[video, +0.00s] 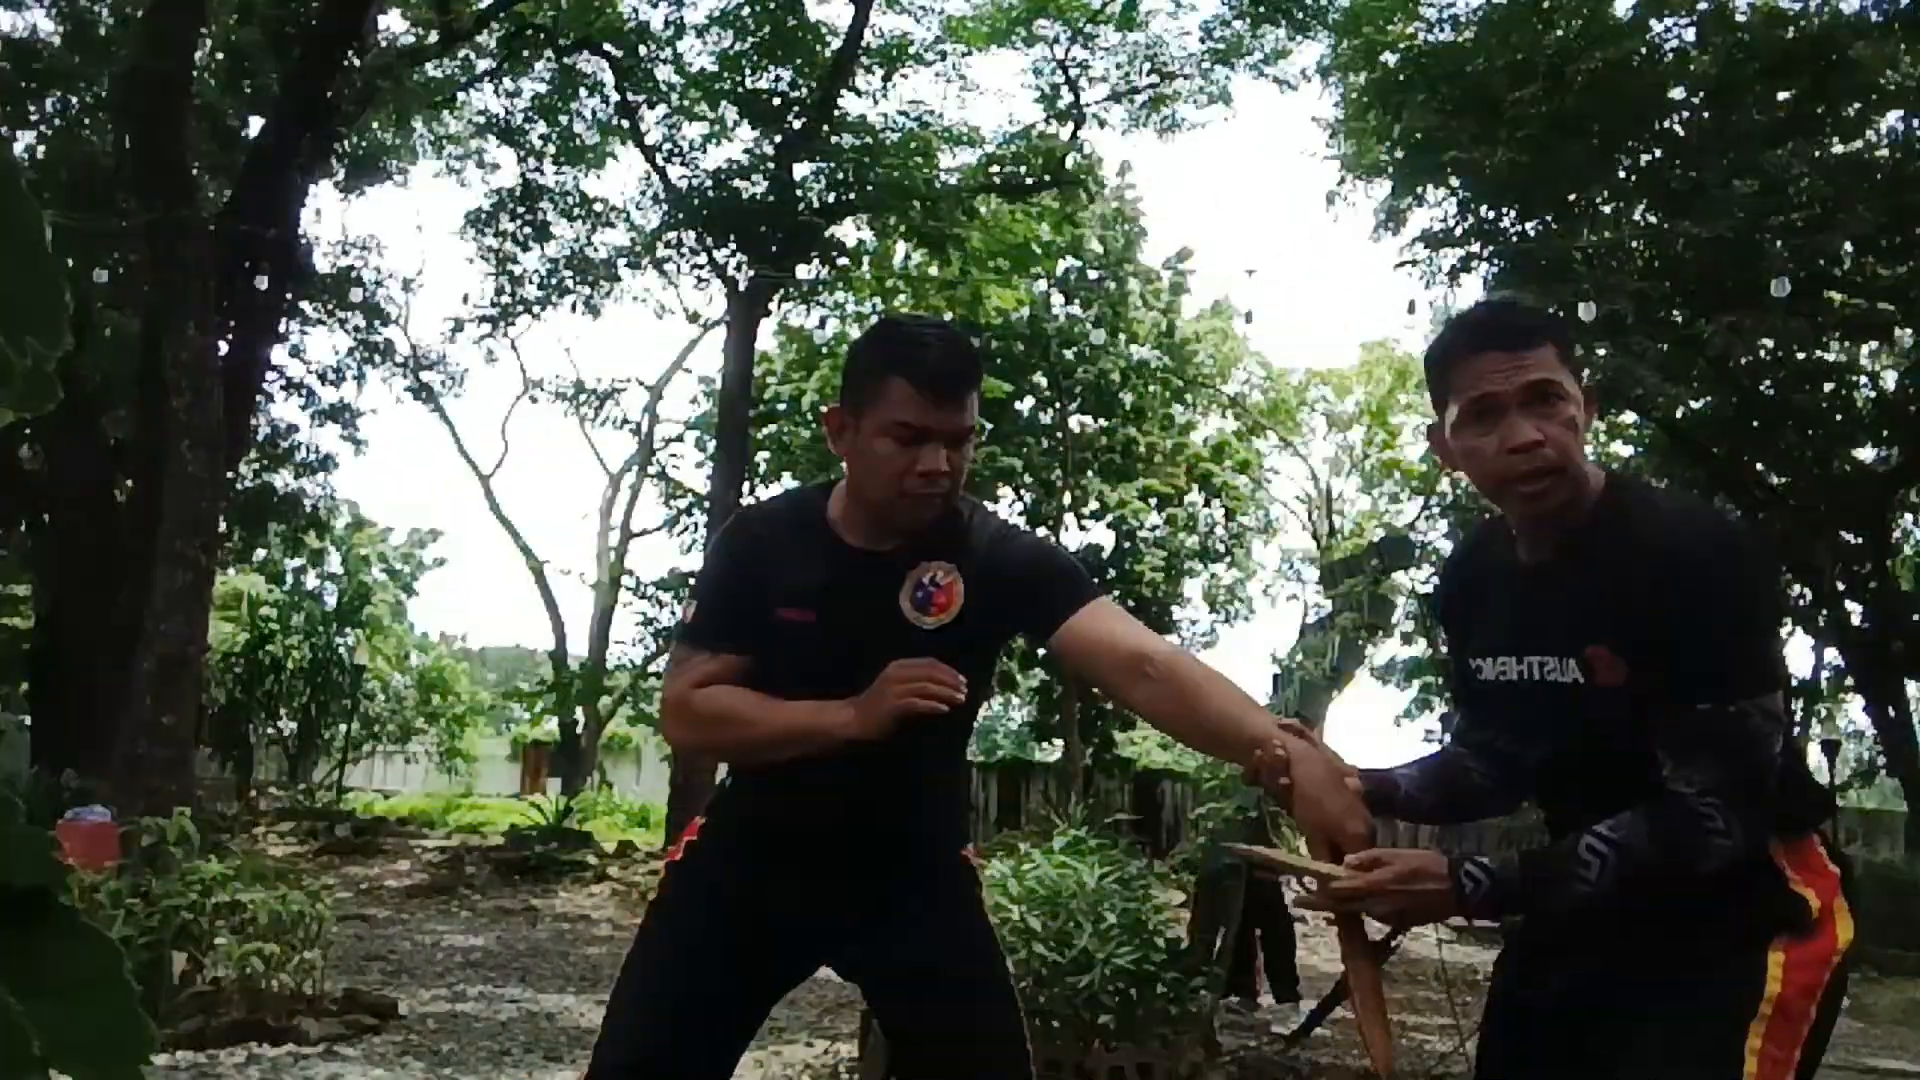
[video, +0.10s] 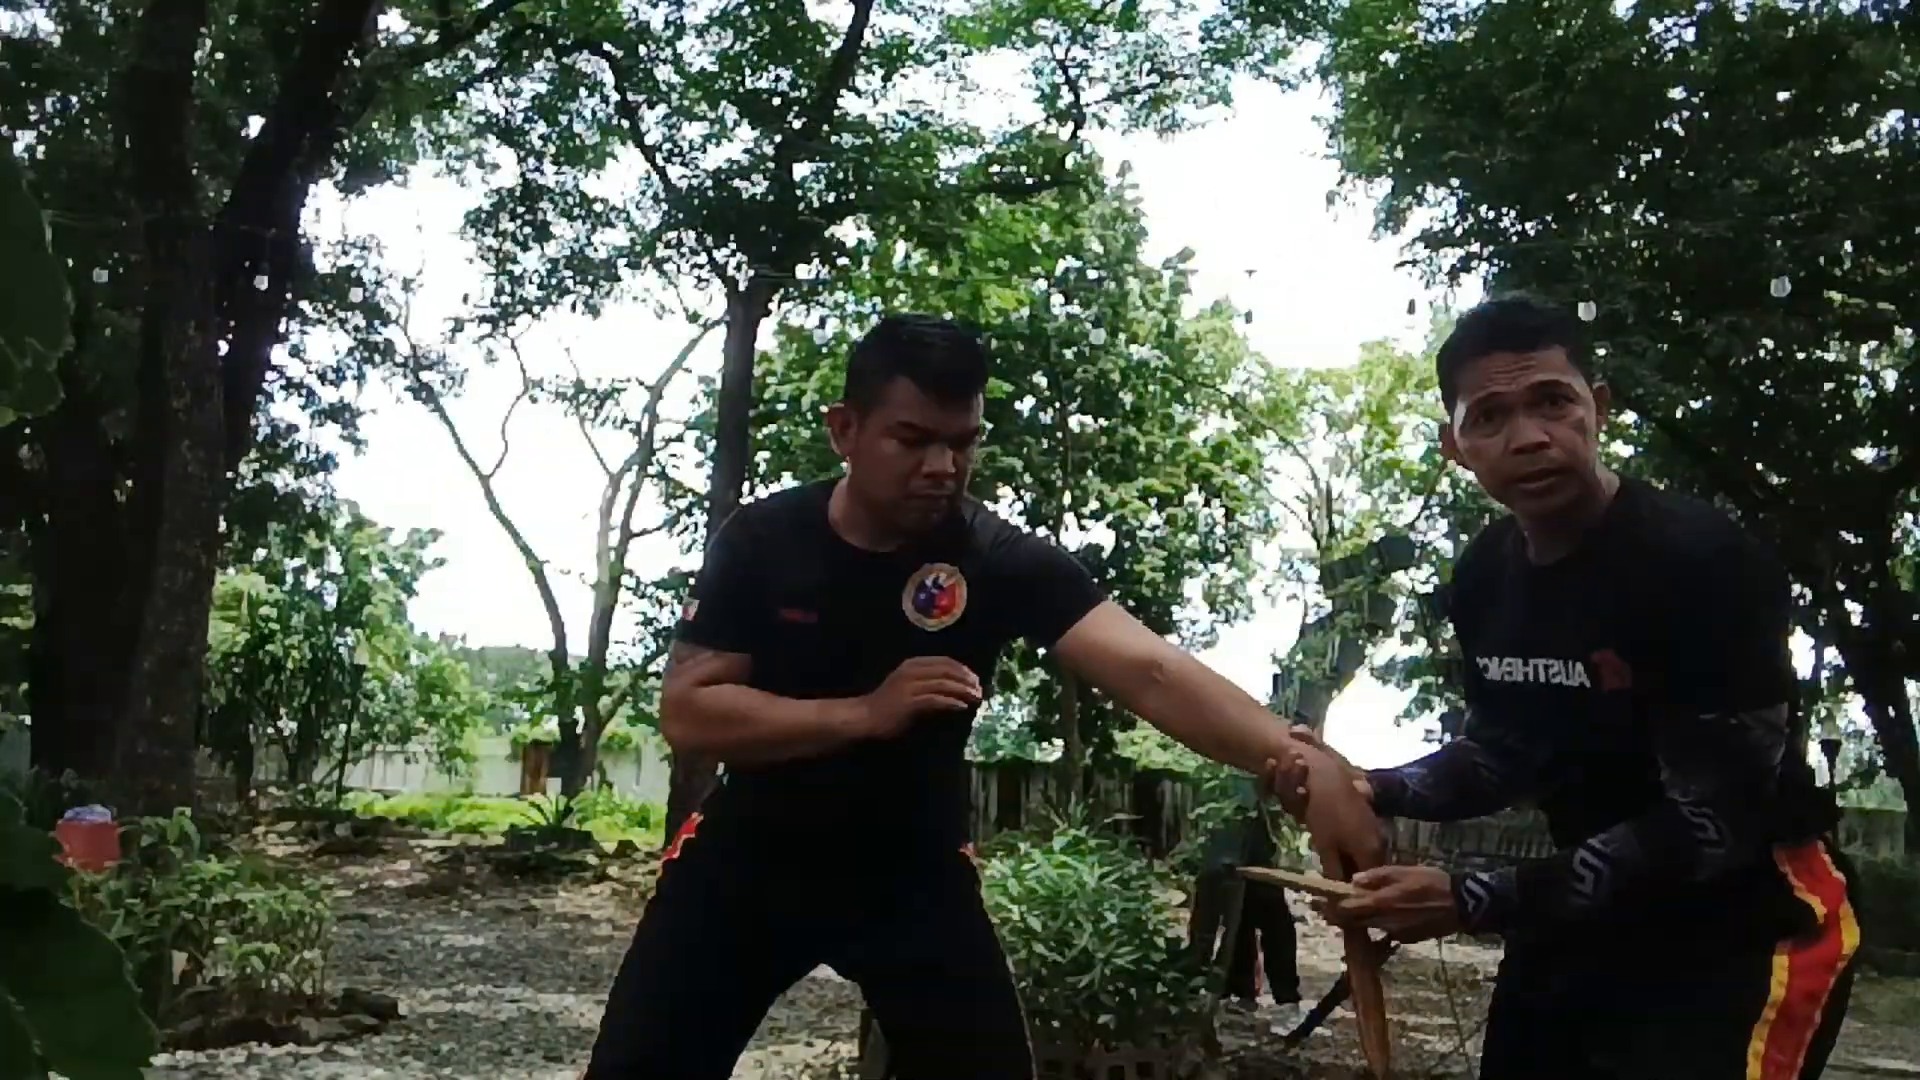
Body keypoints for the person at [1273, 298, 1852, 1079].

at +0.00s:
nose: (1523, 435)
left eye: (1543, 399)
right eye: (1485, 414)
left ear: (1584, 408)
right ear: (1448, 451)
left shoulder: (1701, 550)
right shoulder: (1474, 580)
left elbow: (1722, 816)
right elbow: (1499, 763)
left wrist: (1475, 887)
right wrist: (1361, 790)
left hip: (1752, 909)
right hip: (1588, 896)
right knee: (1516, 1063)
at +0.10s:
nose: (1527, 436)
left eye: (1550, 401)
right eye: (1491, 416)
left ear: (1598, 411)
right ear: (1460, 450)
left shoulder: (1708, 558)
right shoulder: (1487, 578)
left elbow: (1717, 822)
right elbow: (1505, 756)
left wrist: (1474, 900)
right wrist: (1368, 790)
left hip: (1756, 916)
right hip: (1597, 899)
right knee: (1519, 1065)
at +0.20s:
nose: (1529, 436)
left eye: (1552, 402)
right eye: (1493, 416)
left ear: (1601, 414)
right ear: (1460, 448)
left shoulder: (1708, 559)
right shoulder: (1495, 574)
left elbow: (1721, 824)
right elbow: (1521, 750)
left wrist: (1485, 903)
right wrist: (1376, 788)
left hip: (1758, 917)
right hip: (1600, 898)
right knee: (1522, 1065)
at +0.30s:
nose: (1496, 455)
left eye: (1525, 417)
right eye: (1469, 432)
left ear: (1594, 409)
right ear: (1451, 446)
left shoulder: (1709, 561)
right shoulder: (1508, 574)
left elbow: (1718, 827)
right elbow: (1536, 741)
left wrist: (1486, 908)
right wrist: (1391, 782)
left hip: (1756, 921)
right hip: (1605, 897)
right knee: (1518, 1063)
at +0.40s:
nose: (1437, 489)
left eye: (1452, 454)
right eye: (1426, 464)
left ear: (1544, 426)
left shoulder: (1690, 569)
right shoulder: (1525, 568)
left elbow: (1697, 832)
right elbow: (1546, 738)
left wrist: (1480, 908)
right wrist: (1398, 770)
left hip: (1751, 920)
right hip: (1617, 893)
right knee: (1504, 1062)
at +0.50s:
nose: (1389, 514)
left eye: (1397, 481)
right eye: (1381, 488)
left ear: (1474, 453)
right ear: (1477, 456)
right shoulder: (1557, 570)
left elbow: (1591, 848)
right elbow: (1535, 735)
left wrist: (1422, 897)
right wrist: (1406, 745)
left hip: (1702, 931)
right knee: (1490, 1058)